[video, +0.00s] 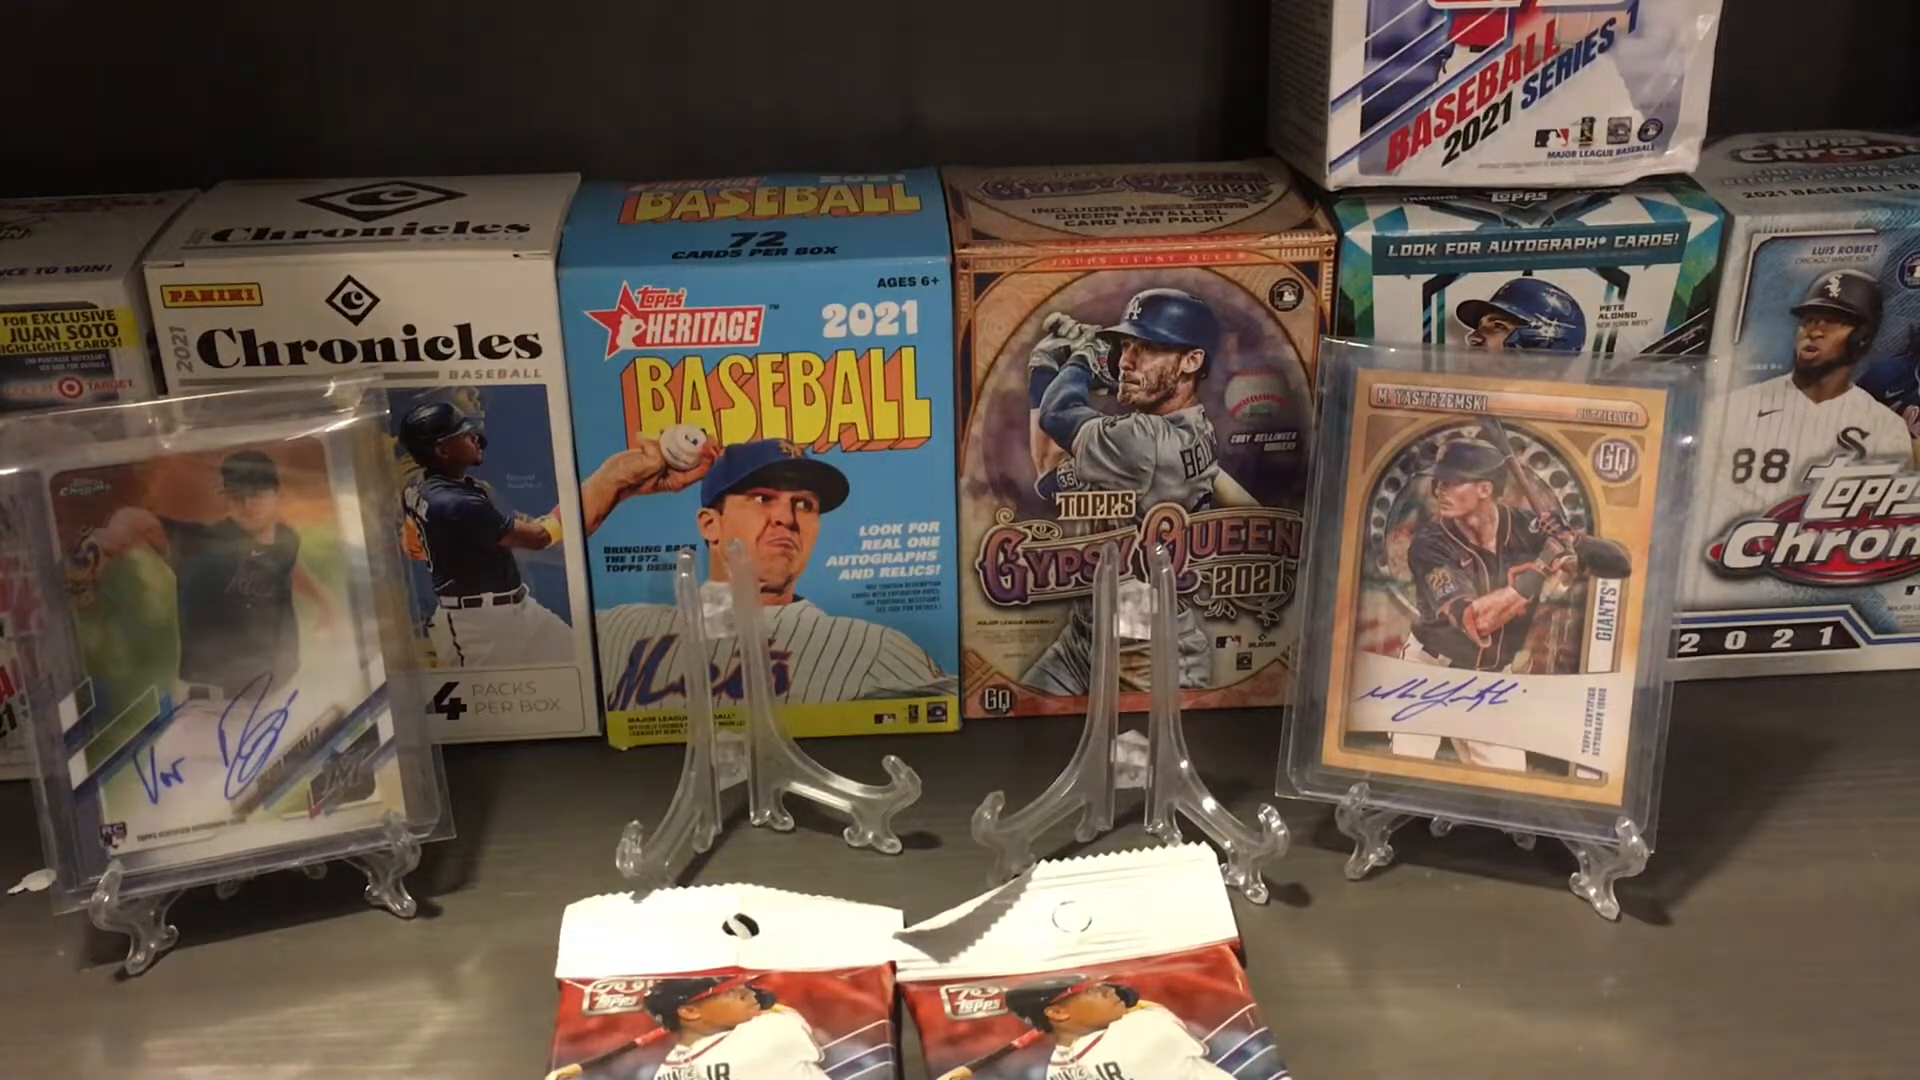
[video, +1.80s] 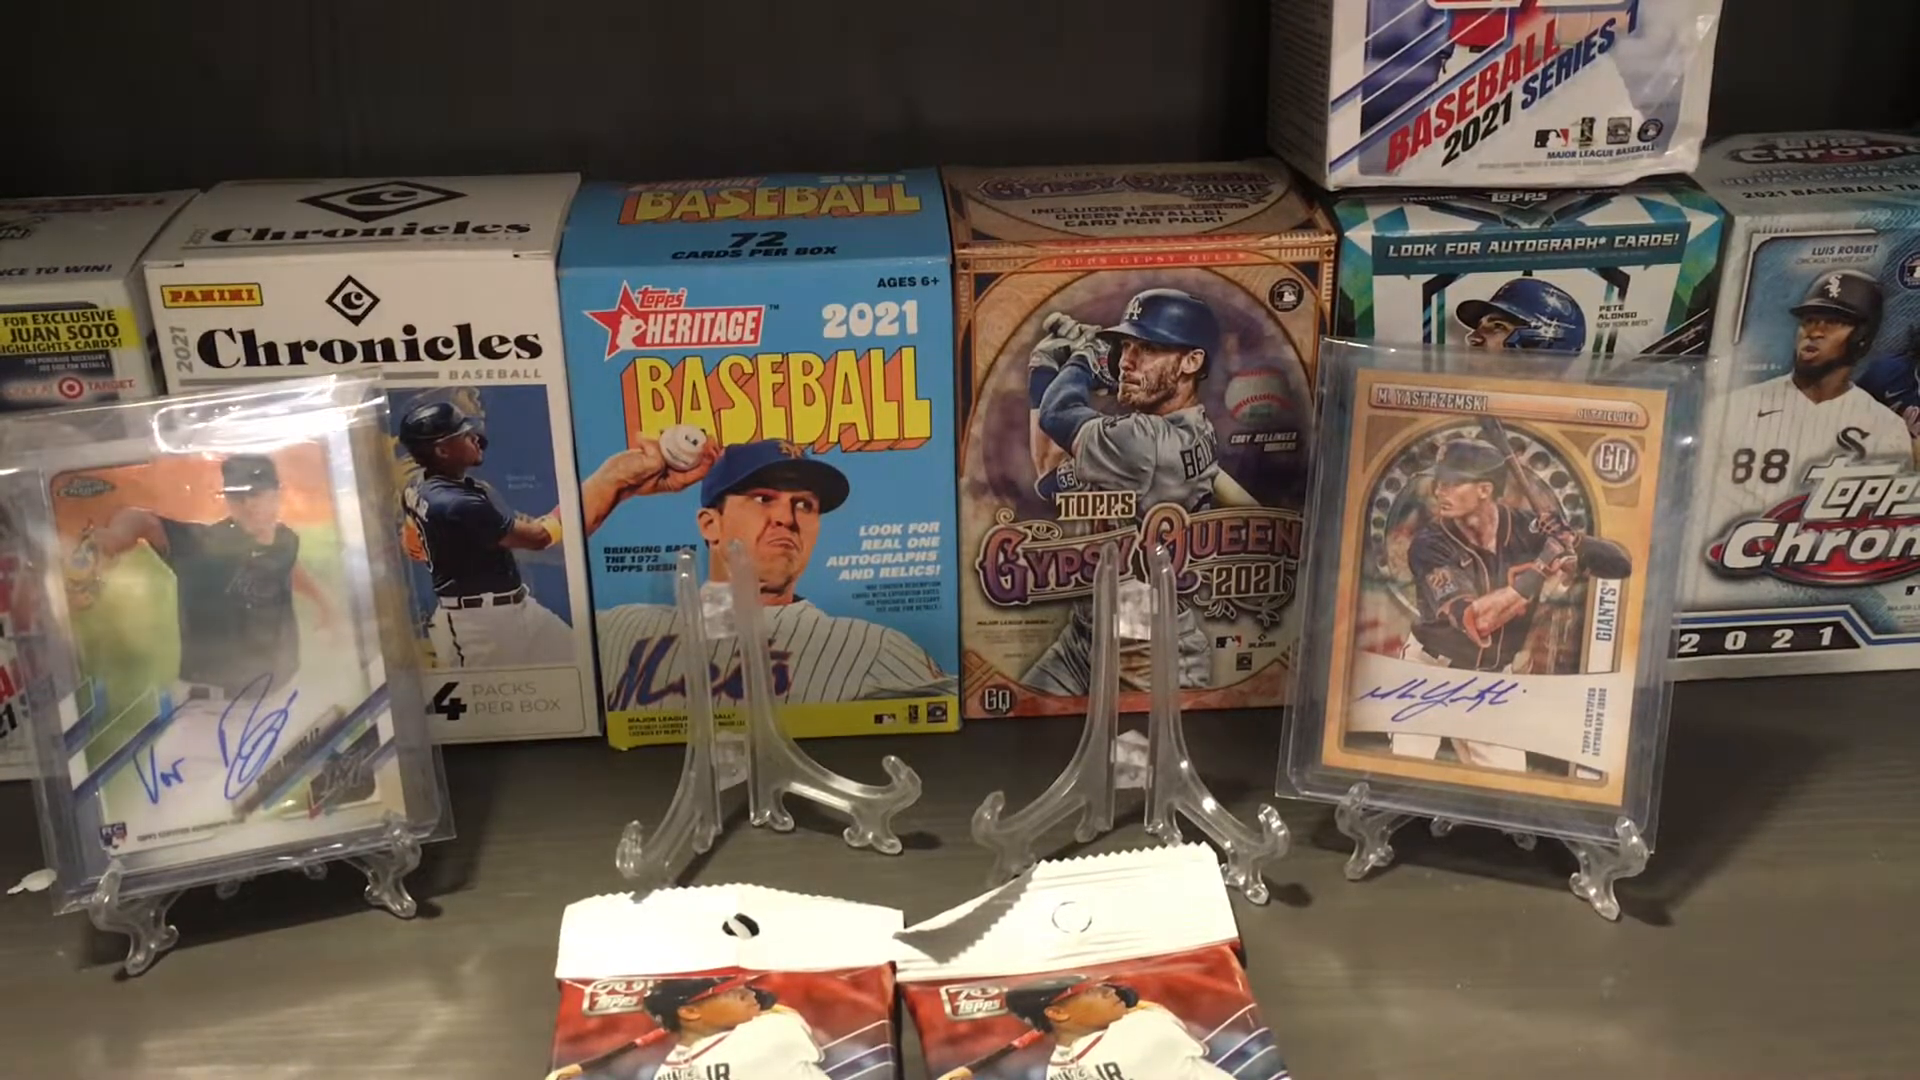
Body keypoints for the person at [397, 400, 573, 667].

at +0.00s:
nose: (474, 435)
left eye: (468, 429)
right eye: (463, 433)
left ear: (443, 451)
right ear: (442, 450)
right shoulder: (460, 506)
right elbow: (539, 537)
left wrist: (537, 524)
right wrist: (573, 507)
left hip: (519, 609)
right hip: (475, 623)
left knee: (587, 663)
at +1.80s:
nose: (475, 436)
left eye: (469, 430)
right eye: (465, 433)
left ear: (443, 451)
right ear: (442, 450)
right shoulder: (461, 507)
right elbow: (539, 537)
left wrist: (539, 524)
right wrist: (572, 507)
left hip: (519, 608)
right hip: (474, 622)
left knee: (589, 664)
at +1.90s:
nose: (475, 436)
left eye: (469, 430)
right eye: (464, 433)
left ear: (443, 451)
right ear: (442, 450)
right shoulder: (460, 507)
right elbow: (539, 537)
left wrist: (536, 524)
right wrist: (573, 506)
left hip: (519, 608)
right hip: (474, 622)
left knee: (588, 663)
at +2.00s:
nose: (475, 436)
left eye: (469, 429)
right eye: (464, 433)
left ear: (443, 451)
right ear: (442, 450)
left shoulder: (420, 489)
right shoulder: (460, 507)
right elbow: (539, 537)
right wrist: (573, 506)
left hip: (519, 609)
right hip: (474, 622)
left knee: (589, 663)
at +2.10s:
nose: (475, 436)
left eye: (469, 429)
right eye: (465, 433)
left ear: (443, 451)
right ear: (442, 450)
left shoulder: (420, 490)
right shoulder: (461, 507)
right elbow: (538, 537)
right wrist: (573, 506)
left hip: (519, 609)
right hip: (474, 623)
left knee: (589, 663)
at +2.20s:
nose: (475, 436)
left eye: (469, 429)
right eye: (464, 433)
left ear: (443, 451)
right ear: (442, 450)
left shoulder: (419, 490)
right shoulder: (461, 507)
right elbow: (539, 537)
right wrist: (573, 506)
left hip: (519, 609)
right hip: (474, 623)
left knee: (588, 662)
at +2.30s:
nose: (475, 436)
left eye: (469, 430)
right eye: (464, 433)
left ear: (443, 451)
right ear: (442, 450)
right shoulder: (460, 507)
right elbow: (539, 537)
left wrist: (537, 524)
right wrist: (573, 505)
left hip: (519, 609)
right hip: (475, 622)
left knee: (588, 664)